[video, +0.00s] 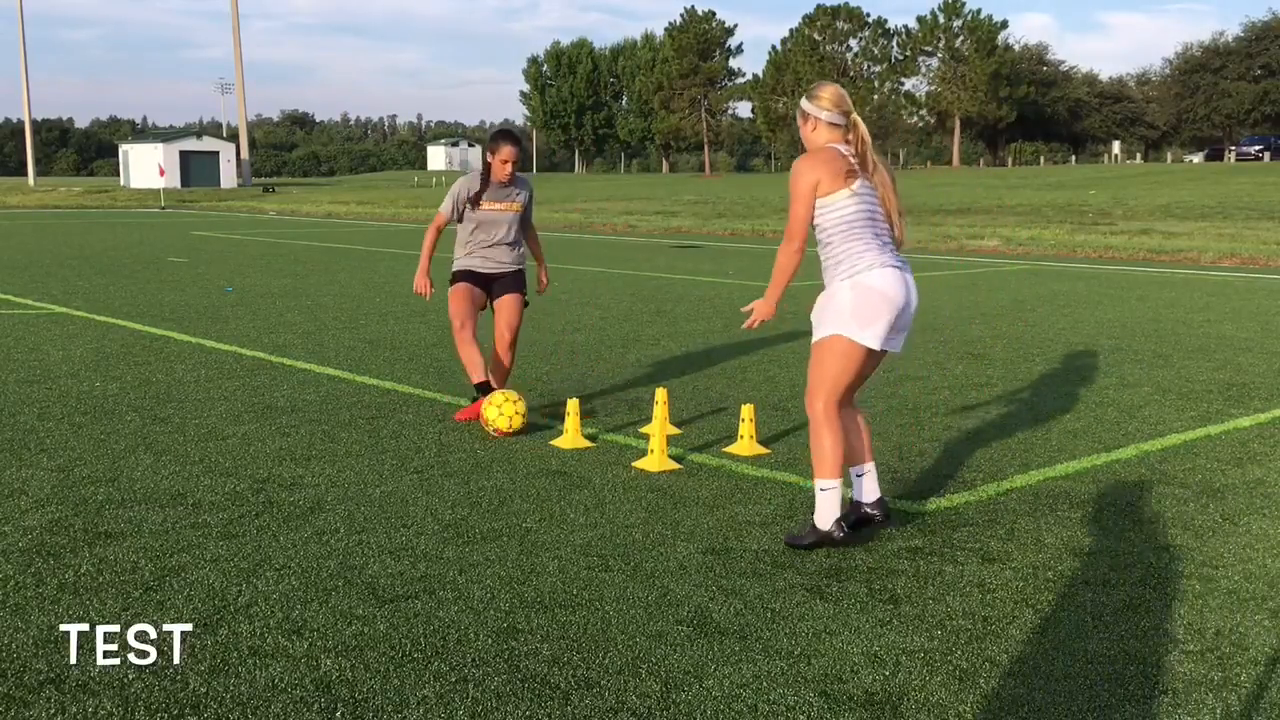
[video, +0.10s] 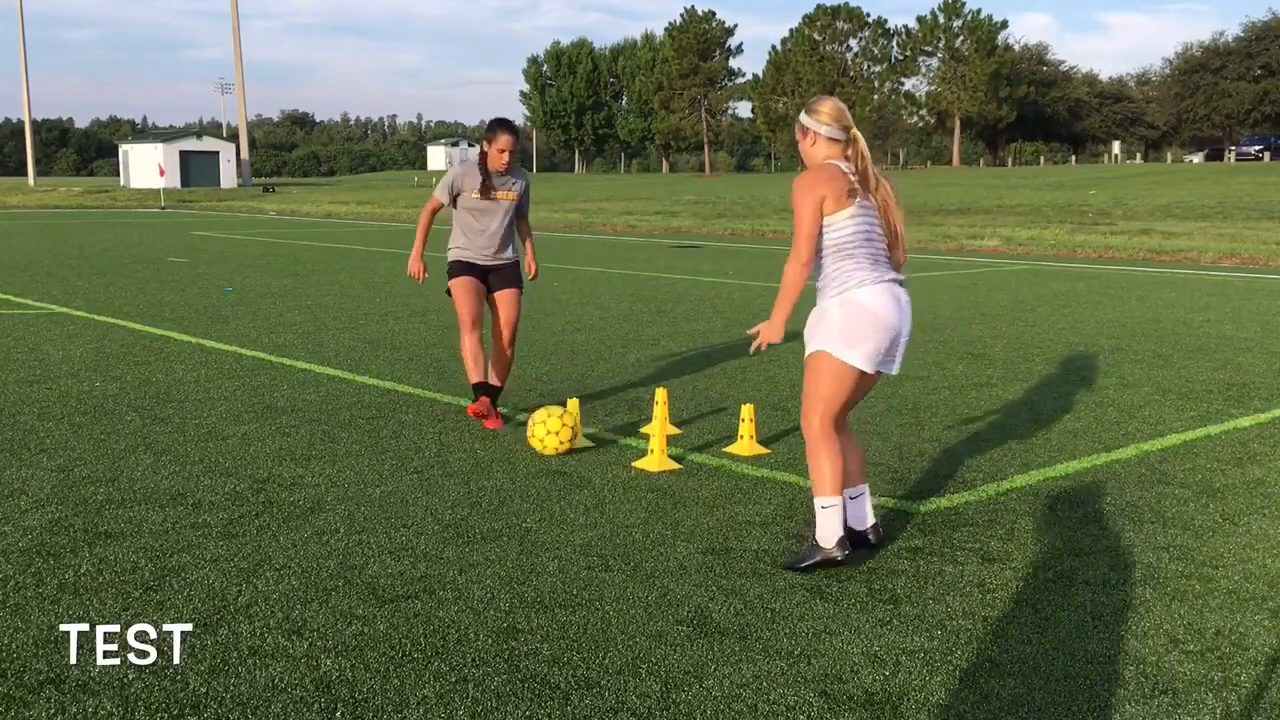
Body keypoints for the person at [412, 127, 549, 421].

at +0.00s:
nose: (510, 169)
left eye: (514, 162)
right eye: (504, 162)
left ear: (519, 160)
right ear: (489, 157)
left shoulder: (523, 187)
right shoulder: (465, 186)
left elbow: (526, 226)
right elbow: (436, 226)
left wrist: (541, 262)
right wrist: (422, 270)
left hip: (510, 270)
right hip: (469, 268)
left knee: (507, 341)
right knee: (461, 324)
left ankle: (494, 403)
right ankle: (484, 395)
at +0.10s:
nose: (507, 159)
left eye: (511, 152)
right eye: (501, 152)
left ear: (516, 151)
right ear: (486, 147)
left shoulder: (519, 179)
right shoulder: (460, 175)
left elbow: (521, 217)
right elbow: (429, 209)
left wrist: (529, 251)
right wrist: (417, 253)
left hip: (505, 261)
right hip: (465, 259)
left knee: (507, 334)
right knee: (470, 321)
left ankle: (491, 402)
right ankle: (482, 399)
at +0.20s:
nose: (503, 148)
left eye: (508, 141)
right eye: (497, 141)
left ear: (512, 140)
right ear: (482, 137)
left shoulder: (514, 166)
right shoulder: (458, 163)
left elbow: (512, 202)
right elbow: (427, 197)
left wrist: (517, 227)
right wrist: (418, 243)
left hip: (499, 254)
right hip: (461, 250)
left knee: (513, 328)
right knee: (470, 321)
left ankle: (493, 402)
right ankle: (453, 404)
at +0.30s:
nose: (502, 152)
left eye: (506, 145)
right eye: (496, 145)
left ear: (509, 147)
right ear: (480, 145)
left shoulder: (510, 177)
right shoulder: (456, 176)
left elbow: (503, 214)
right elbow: (425, 206)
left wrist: (511, 228)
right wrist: (418, 253)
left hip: (493, 263)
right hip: (457, 262)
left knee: (527, 324)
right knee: (461, 337)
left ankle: (496, 388)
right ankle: (427, 413)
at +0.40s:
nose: (505, 162)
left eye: (509, 156)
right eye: (499, 155)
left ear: (511, 159)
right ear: (482, 156)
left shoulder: (512, 192)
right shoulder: (460, 190)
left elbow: (500, 231)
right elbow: (431, 228)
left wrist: (512, 247)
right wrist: (422, 276)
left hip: (489, 276)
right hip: (455, 273)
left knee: (529, 334)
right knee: (463, 343)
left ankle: (501, 381)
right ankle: (425, 416)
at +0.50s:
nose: (512, 158)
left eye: (516, 152)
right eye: (506, 151)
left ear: (518, 155)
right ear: (489, 152)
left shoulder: (519, 187)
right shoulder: (468, 185)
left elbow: (511, 221)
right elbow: (442, 229)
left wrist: (521, 240)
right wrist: (443, 268)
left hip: (499, 275)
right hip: (465, 272)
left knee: (524, 343)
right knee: (462, 340)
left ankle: (499, 393)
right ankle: (426, 416)